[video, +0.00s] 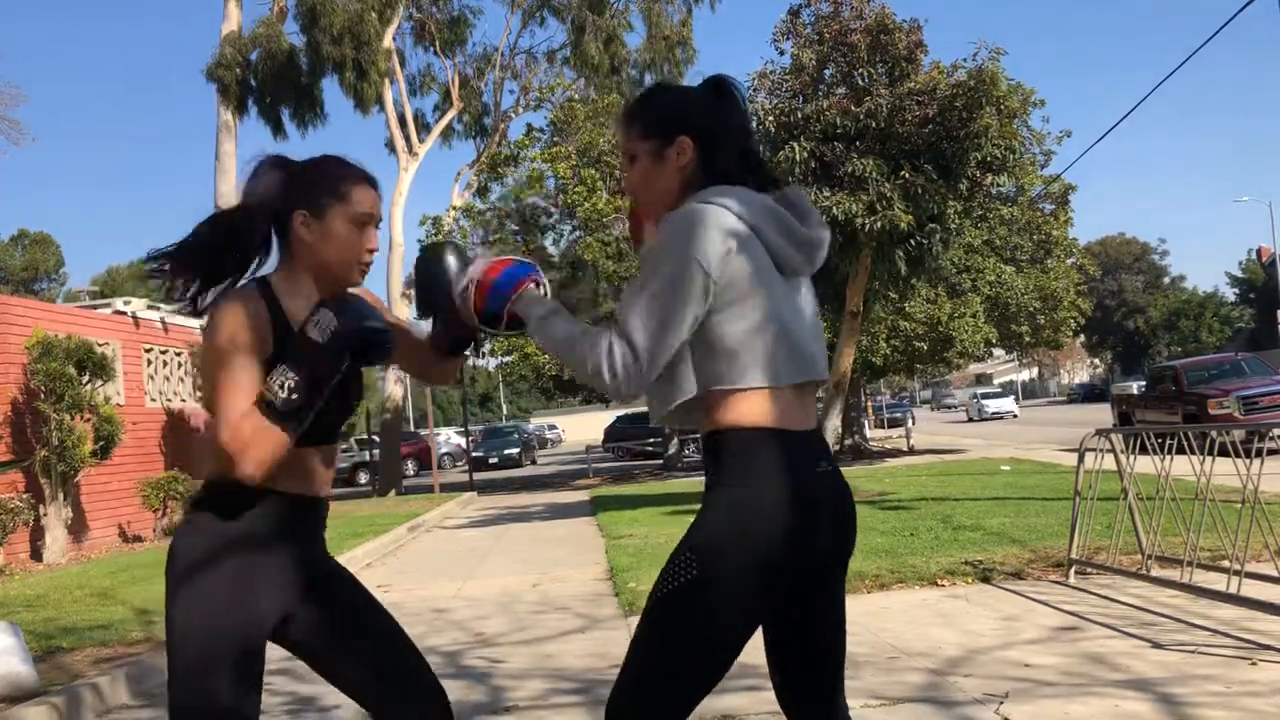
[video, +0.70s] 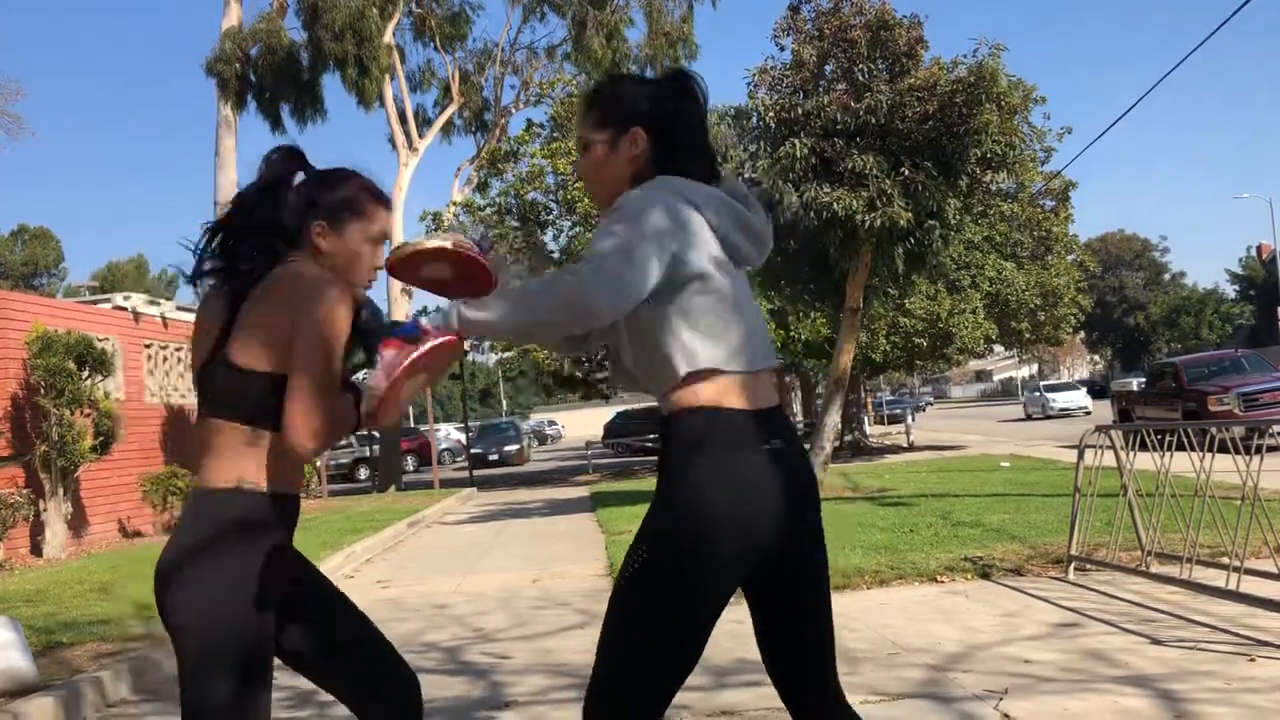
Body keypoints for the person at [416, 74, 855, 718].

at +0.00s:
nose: (625, 180)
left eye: (631, 160)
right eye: (624, 163)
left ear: (681, 153)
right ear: (683, 152)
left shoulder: (697, 226)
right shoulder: (772, 224)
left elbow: (623, 366)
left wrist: (529, 305)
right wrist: (555, 311)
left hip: (752, 501)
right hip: (817, 495)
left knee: (637, 707)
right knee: (818, 705)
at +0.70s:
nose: (580, 167)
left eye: (587, 148)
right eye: (580, 150)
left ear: (634, 144)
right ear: (633, 146)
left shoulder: (649, 209)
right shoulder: (694, 213)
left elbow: (593, 295)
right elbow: (613, 348)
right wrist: (511, 297)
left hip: (712, 473)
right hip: (780, 468)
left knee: (619, 701)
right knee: (814, 690)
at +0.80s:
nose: (562, 178)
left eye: (567, 156)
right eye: (561, 158)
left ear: (613, 145)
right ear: (623, 148)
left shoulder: (625, 208)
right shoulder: (701, 214)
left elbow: (475, 258)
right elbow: (628, 354)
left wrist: (335, 238)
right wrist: (547, 316)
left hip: (709, 476)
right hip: (784, 470)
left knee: (620, 703)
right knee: (813, 691)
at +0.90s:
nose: (558, 179)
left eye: (564, 158)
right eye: (558, 161)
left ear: (609, 150)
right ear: (626, 152)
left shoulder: (606, 216)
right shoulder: (708, 221)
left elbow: (459, 233)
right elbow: (675, 380)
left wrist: (322, 207)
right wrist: (577, 354)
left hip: (714, 482)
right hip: (791, 478)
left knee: (611, 705)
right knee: (809, 689)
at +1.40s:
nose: (617, 187)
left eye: (623, 167)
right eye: (614, 171)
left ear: (673, 156)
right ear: (674, 159)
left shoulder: (728, 224)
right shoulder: (702, 238)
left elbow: (707, 368)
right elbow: (632, 376)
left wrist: (632, 258)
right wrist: (560, 304)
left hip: (760, 492)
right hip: (810, 488)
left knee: (643, 707)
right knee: (821, 704)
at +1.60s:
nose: (617, 193)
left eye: (624, 174)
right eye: (615, 176)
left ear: (674, 165)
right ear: (672, 164)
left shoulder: (676, 237)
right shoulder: (778, 231)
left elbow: (593, 369)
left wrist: (505, 286)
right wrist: (636, 305)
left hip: (747, 499)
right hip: (825, 493)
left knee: (635, 707)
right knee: (826, 702)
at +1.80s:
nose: (584, 191)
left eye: (591, 170)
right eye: (580, 174)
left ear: (644, 160)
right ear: (642, 163)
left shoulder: (685, 223)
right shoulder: (677, 232)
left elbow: (681, 366)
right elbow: (643, 391)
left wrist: (572, 309)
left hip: (754, 490)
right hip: (782, 483)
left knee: (622, 704)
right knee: (810, 702)